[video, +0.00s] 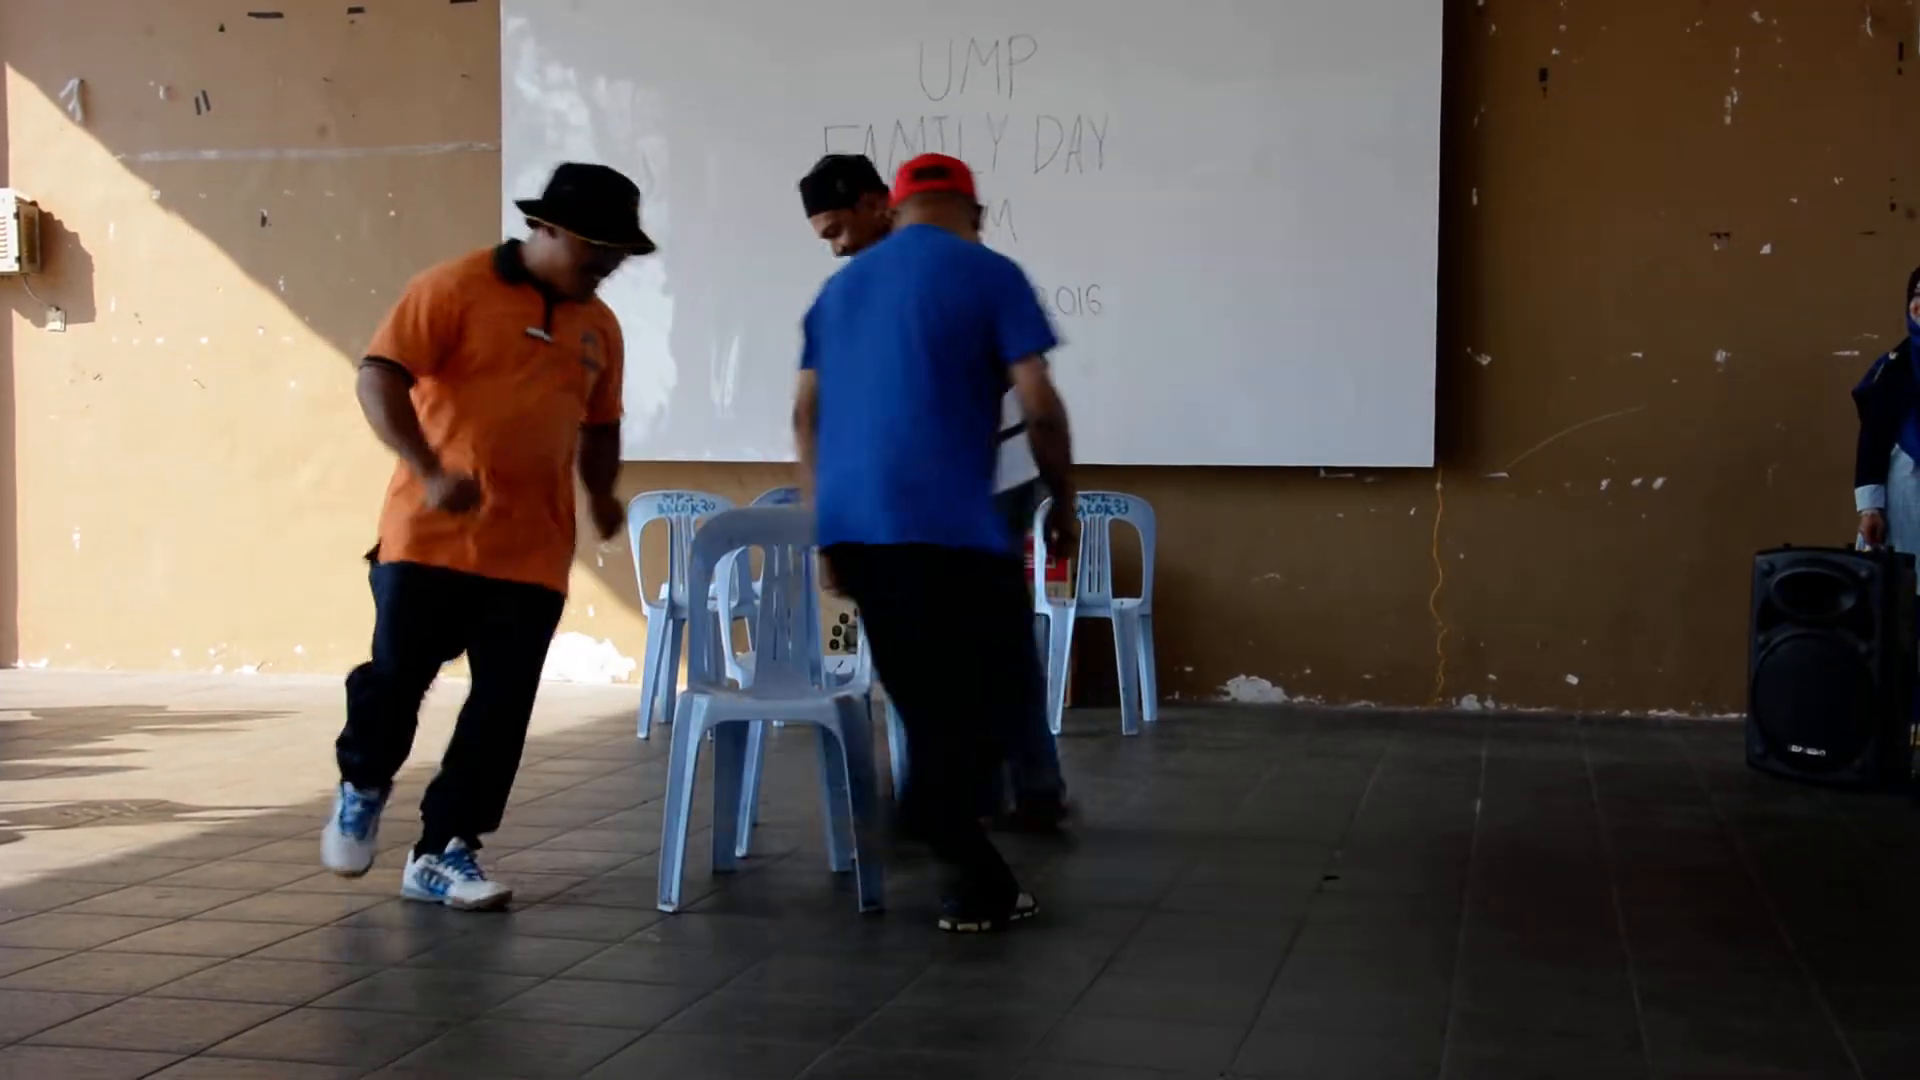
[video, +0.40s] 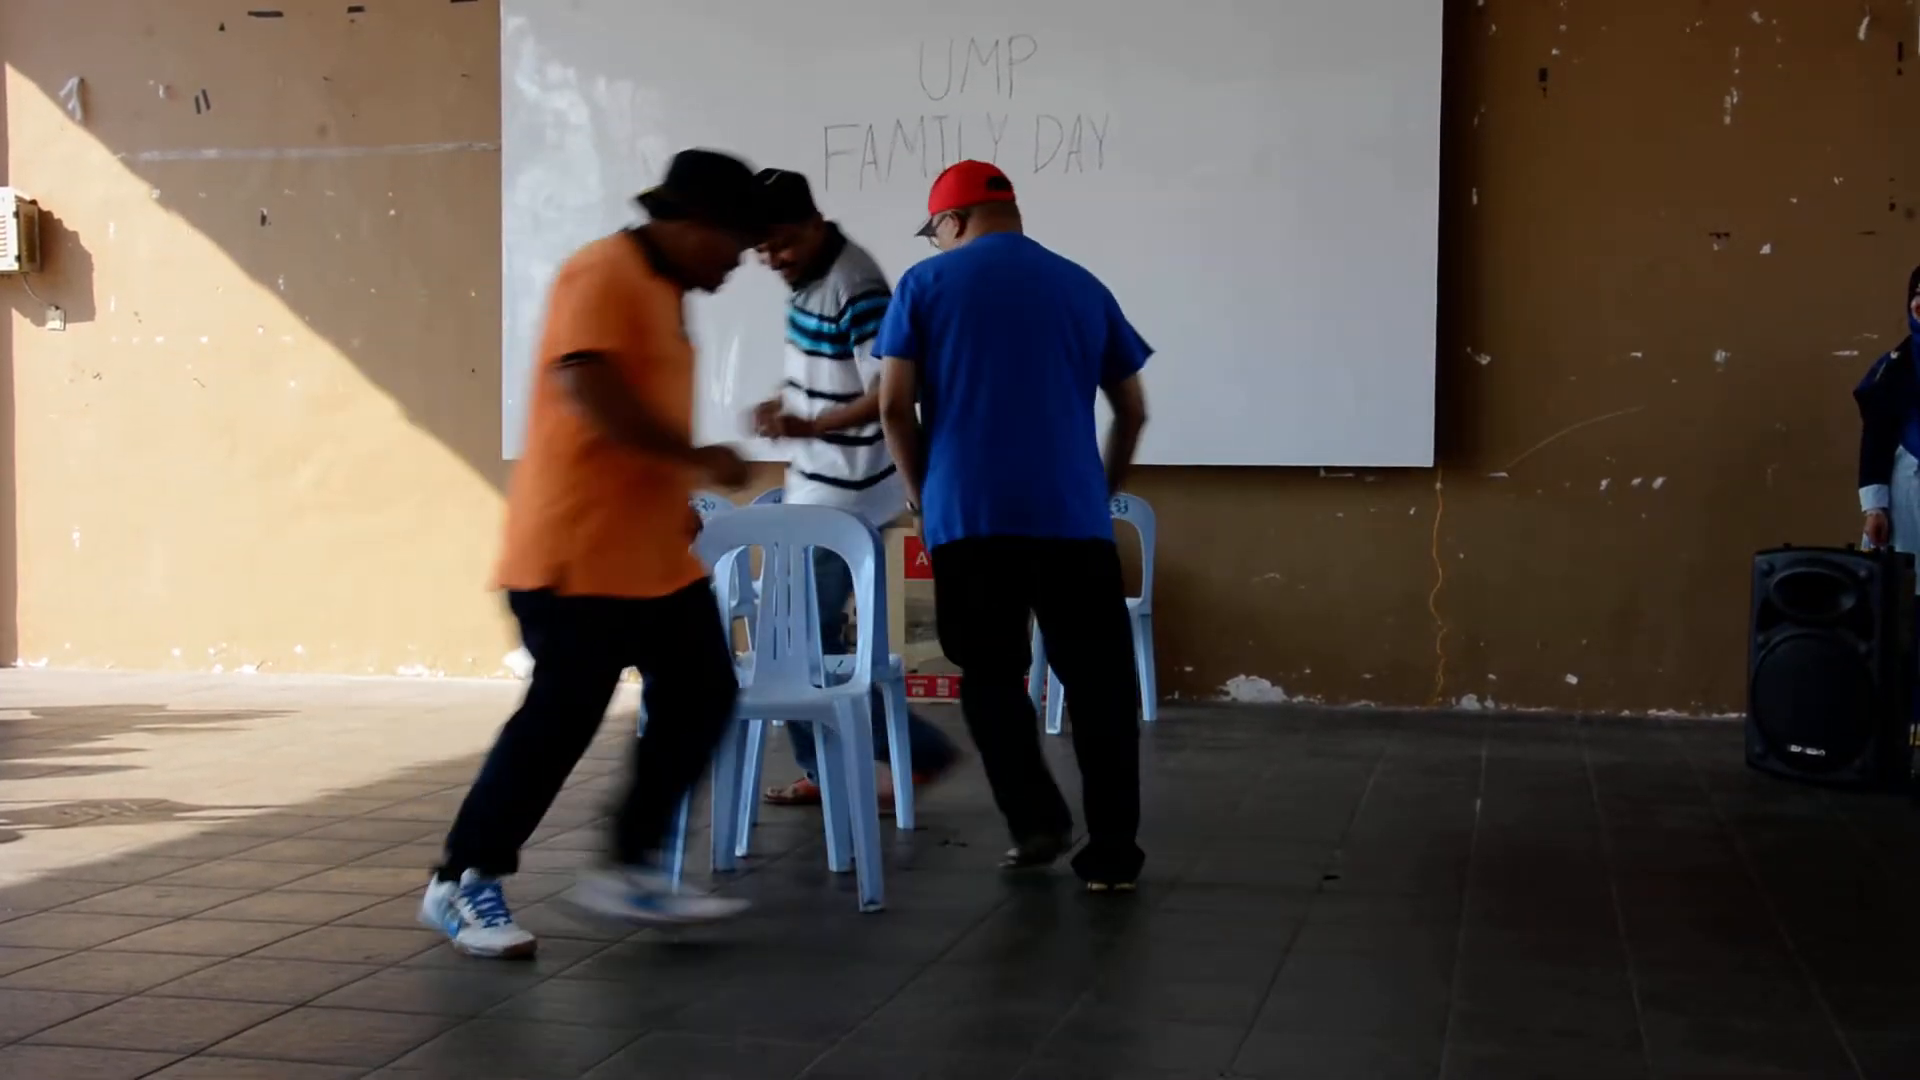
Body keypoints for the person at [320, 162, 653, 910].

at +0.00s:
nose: (602, 273)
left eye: (612, 262)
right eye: (595, 255)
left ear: (608, 256)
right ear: (549, 232)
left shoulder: (597, 329)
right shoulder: (451, 290)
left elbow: (600, 426)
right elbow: (377, 379)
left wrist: (602, 493)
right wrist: (428, 467)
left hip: (532, 549)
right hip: (432, 534)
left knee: (501, 712)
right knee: (396, 678)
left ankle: (444, 851)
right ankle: (362, 788)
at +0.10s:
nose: (631, 279)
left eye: (639, 267)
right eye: (626, 262)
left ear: (614, 252)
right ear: (580, 237)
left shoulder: (612, 332)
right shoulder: (477, 288)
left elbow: (619, 435)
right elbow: (380, 361)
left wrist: (644, 469)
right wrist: (409, 474)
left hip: (550, 557)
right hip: (454, 534)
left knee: (524, 716)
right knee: (446, 675)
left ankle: (450, 848)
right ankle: (387, 834)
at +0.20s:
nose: (659, 267)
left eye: (666, 254)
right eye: (655, 248)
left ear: (631, 235)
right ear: (609, 225)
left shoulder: (629, 316)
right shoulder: (506, 271)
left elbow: (629, 421)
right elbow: (402, 334)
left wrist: (668, 462)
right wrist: (440, 465)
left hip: (574, 557)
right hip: (482, 545)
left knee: (542, 730)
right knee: (478, 716)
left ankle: (443, 839)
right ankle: (453, 886)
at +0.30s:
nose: (691, 275)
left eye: (698, 262)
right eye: (688, 257)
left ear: (654, 240)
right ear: (642, 234)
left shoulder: (642, 323)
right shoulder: (535, 288)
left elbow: (628, 432)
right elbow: (479, 390)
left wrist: (664, 512)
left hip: (606, 558)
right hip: (516, 557)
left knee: (634, 706)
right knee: (520, 720)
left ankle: (508, 815)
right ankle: (456, 887)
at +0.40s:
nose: (731, 264)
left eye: (737, 250)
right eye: (728, 246)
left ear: (691, 226)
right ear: (688, 223)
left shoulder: (657, 292)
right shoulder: (603, 274)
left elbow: (624, 421)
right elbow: (592, 390)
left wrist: (670, 501)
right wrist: (698, 458)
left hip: (648, 555)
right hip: (574, 553)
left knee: (699, 694)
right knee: (564, 709)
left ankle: (632, 866)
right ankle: (462, 879)